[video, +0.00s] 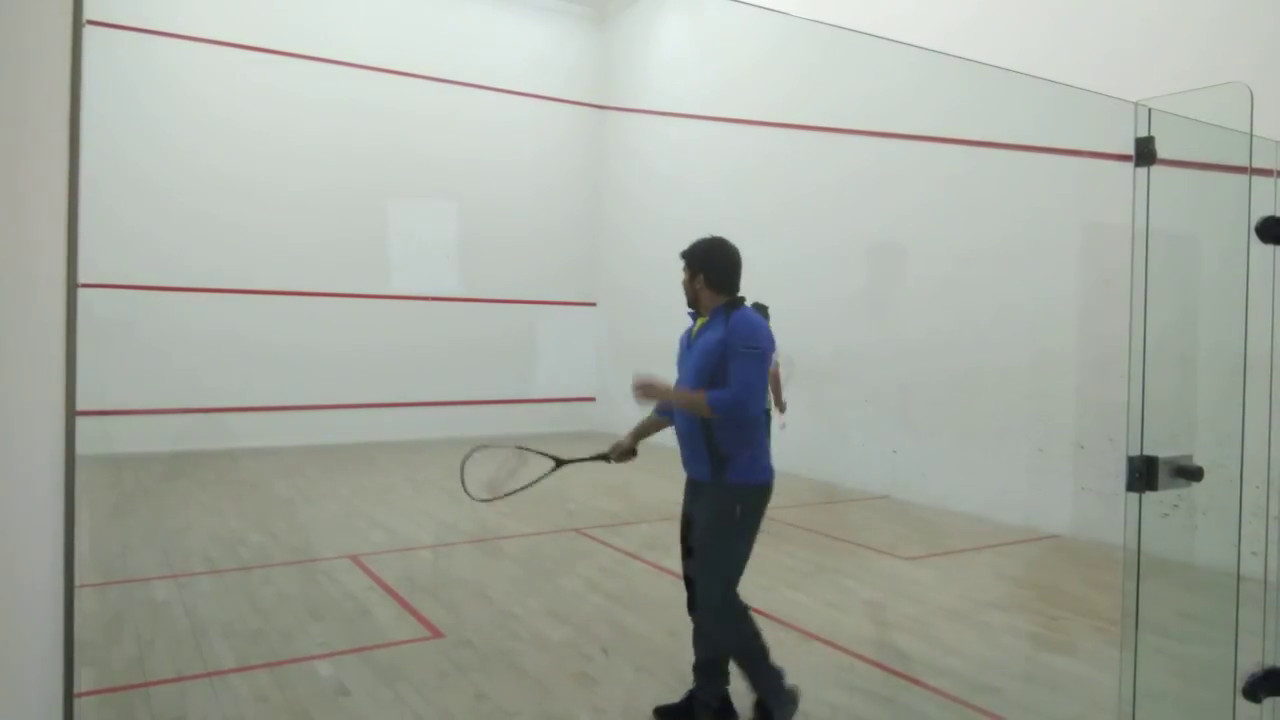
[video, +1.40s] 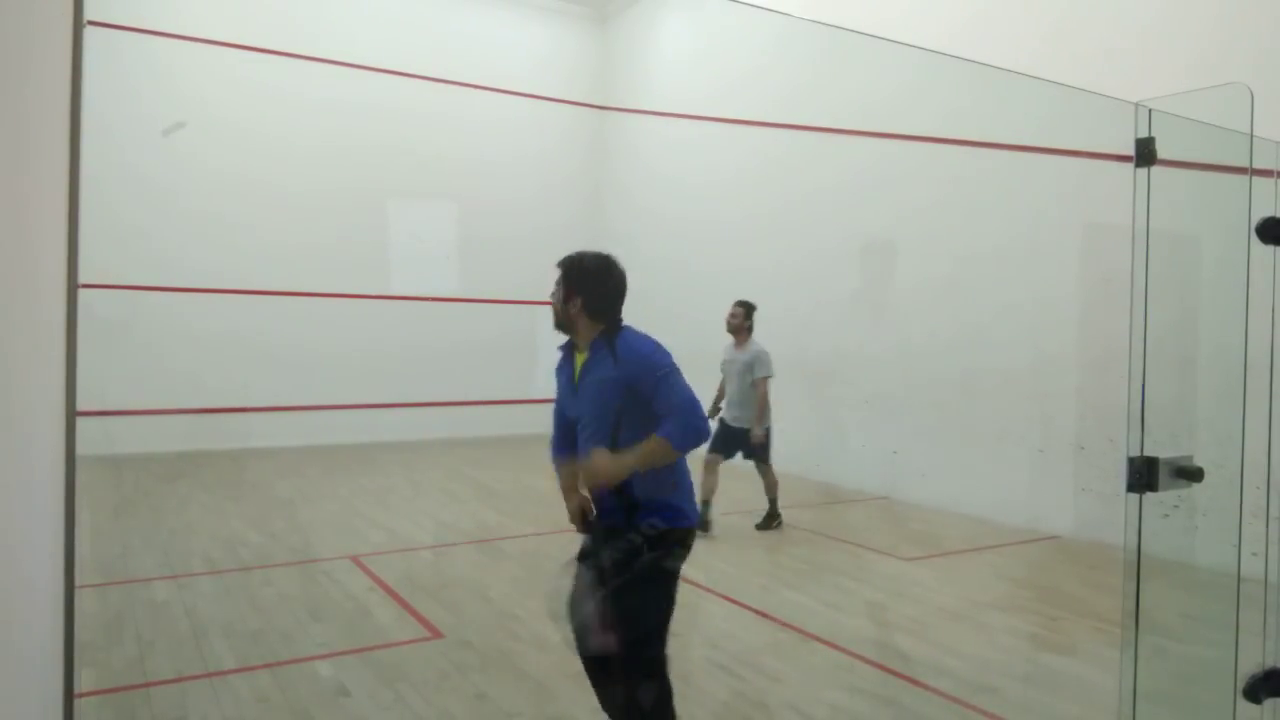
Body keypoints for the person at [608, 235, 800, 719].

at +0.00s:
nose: (682, 283)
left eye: (688, 274)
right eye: (684, 274)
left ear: (706, 278)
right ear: (711, 279)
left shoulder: (746, 327)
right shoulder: (694, 334)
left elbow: (743, 402)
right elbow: (684, 402)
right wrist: (633, 436)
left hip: (741, 483)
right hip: (703, 480)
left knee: (715, 591)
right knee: (701, 590)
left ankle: (774, 694)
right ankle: (709, 697)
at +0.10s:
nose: (671, 284)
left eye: (676, 275)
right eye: (671, 275)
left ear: (700, 277)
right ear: (701, 278)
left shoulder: (738, 327)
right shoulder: (700, 327)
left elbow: (692, 382)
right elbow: (679, 397)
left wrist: (667, 328)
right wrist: (642, 444)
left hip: (729, 487)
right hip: (697, 482)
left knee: (712, 596)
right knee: (694, 592)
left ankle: (721, 703)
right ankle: (708, 695)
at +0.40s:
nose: (661, 268)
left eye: (671, 262)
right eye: (665, 260)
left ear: (697, 276)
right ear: (696, 277)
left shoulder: (717, 328)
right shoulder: (692, 327)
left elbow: (638, 373)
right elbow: (701, 415)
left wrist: (636, 338)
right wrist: (676, 478)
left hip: (718, 492)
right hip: (683, 487)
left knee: (714, 598)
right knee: (653, 579)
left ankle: (728, 706)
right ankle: (689, 685)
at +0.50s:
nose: (646, 275)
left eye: (651, 267)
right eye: (649, 266)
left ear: (667, 276)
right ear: (685, 277)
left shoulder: (701, 332)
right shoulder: (674, 331)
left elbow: (687, 420)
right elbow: (674, 413)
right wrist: (654, 468)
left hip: (713, 493)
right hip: (678, 488)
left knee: (712, 614)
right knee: (656, 604)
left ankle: (730, 710)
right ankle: (642, 704)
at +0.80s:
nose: (604, 276)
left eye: (608, 267)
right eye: (608, 267)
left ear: (618, 275)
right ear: (648, 277)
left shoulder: (647, 334)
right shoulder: (629, 328)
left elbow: (650, 424)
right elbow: (634, 416)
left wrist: (593, 478)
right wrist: (600, 476)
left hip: (645, 492)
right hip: (623, 488)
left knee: (635, 611)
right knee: (626, 607)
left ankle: (708, 710)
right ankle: (637, 707)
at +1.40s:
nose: (552, 297)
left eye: (558, 289)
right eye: (555, 287)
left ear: (576, 302)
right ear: (589, 302)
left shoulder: (639, 354)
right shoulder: (570, 359)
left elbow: (691, 424)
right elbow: (564, 434)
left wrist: (623, 462)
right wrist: (572, 491)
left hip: (659, 522)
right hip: (610, 518)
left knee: (637, 646)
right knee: (591, 631)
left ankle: (653, 712)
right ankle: (623, 712)